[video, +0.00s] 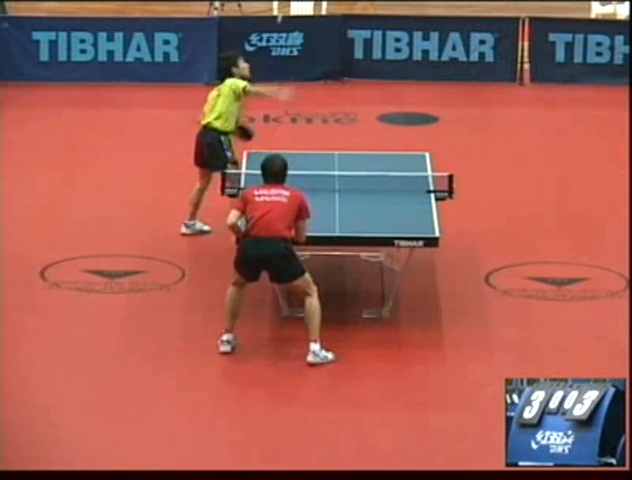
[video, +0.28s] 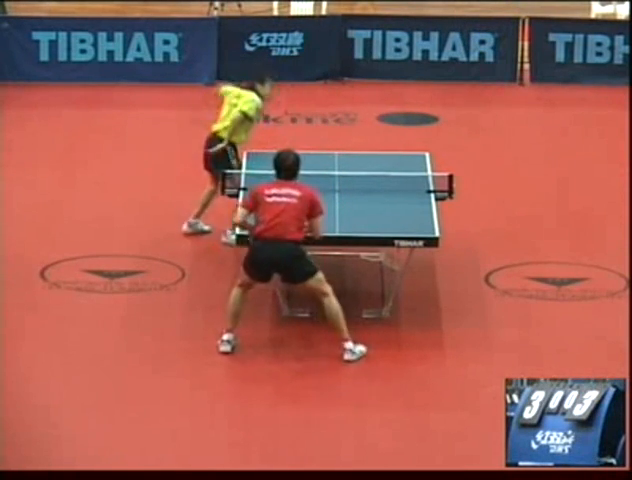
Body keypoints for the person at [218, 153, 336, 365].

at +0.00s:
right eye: (283, 171)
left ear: (263, 174)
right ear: (285, 175)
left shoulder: (249, 194)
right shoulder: (296, 197)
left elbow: (231, 221)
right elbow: (300, 238)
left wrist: (243, 236)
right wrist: (280, 233)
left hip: (250, 245)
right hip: (279, 246)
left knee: (237, 284)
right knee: (310, 292)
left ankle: (228, 336)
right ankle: (315, 347)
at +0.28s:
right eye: (295, 167)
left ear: (275, 169)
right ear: (298, 170)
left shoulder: (260, 191)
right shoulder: (307, 194)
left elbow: (239, 219)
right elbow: (316, 233)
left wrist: (256, 228)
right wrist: (296, 232)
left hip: (261, 246)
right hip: (291, 249)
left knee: (242, 286)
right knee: (325, 293)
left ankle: (228, 336)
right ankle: (348, 344)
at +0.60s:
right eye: (312, 167)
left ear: (293, 169)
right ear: (316, 171)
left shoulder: (278, 192)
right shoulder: (327, 196)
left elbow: (256, 220)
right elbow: (346, 230)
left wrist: (268, 229)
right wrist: (328, 225)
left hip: (282, 251)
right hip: (312, 251)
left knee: (248, 295)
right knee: (345, 287)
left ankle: (237, 345)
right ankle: (353, 340)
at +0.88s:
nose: (347, 180)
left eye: (343, 176)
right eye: (356, 176)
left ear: (340, 179)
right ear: (362, 180)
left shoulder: (331, 197)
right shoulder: (373, 206)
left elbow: (300, 202)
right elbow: (395, 224)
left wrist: (268, 205)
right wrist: (382, 215)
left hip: (322, 256)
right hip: (351, 260)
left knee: (279, 298)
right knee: (378, 285)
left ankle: (243, 344)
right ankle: (404, 327)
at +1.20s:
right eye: (374, 172)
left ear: (357, 174)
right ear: (378, 176)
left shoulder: (350, 194)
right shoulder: (386, 201)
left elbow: (337, 218)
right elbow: (404, 223)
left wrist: (310, 239)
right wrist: (400, 200)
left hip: (340, 253)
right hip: (368, 255)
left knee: (293, 293)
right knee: (388, 280)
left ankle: (286, 338)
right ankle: (406, 325)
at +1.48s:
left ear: (324, 167)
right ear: (347, 168)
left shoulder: (309, 187)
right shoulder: (356, 193)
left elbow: (290, 220)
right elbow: (377, 227)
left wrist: (301, 218)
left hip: (310, 247)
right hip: (340, 249)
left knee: (275, 290)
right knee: (368, 291)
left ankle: (269, 343)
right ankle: (385, 341)